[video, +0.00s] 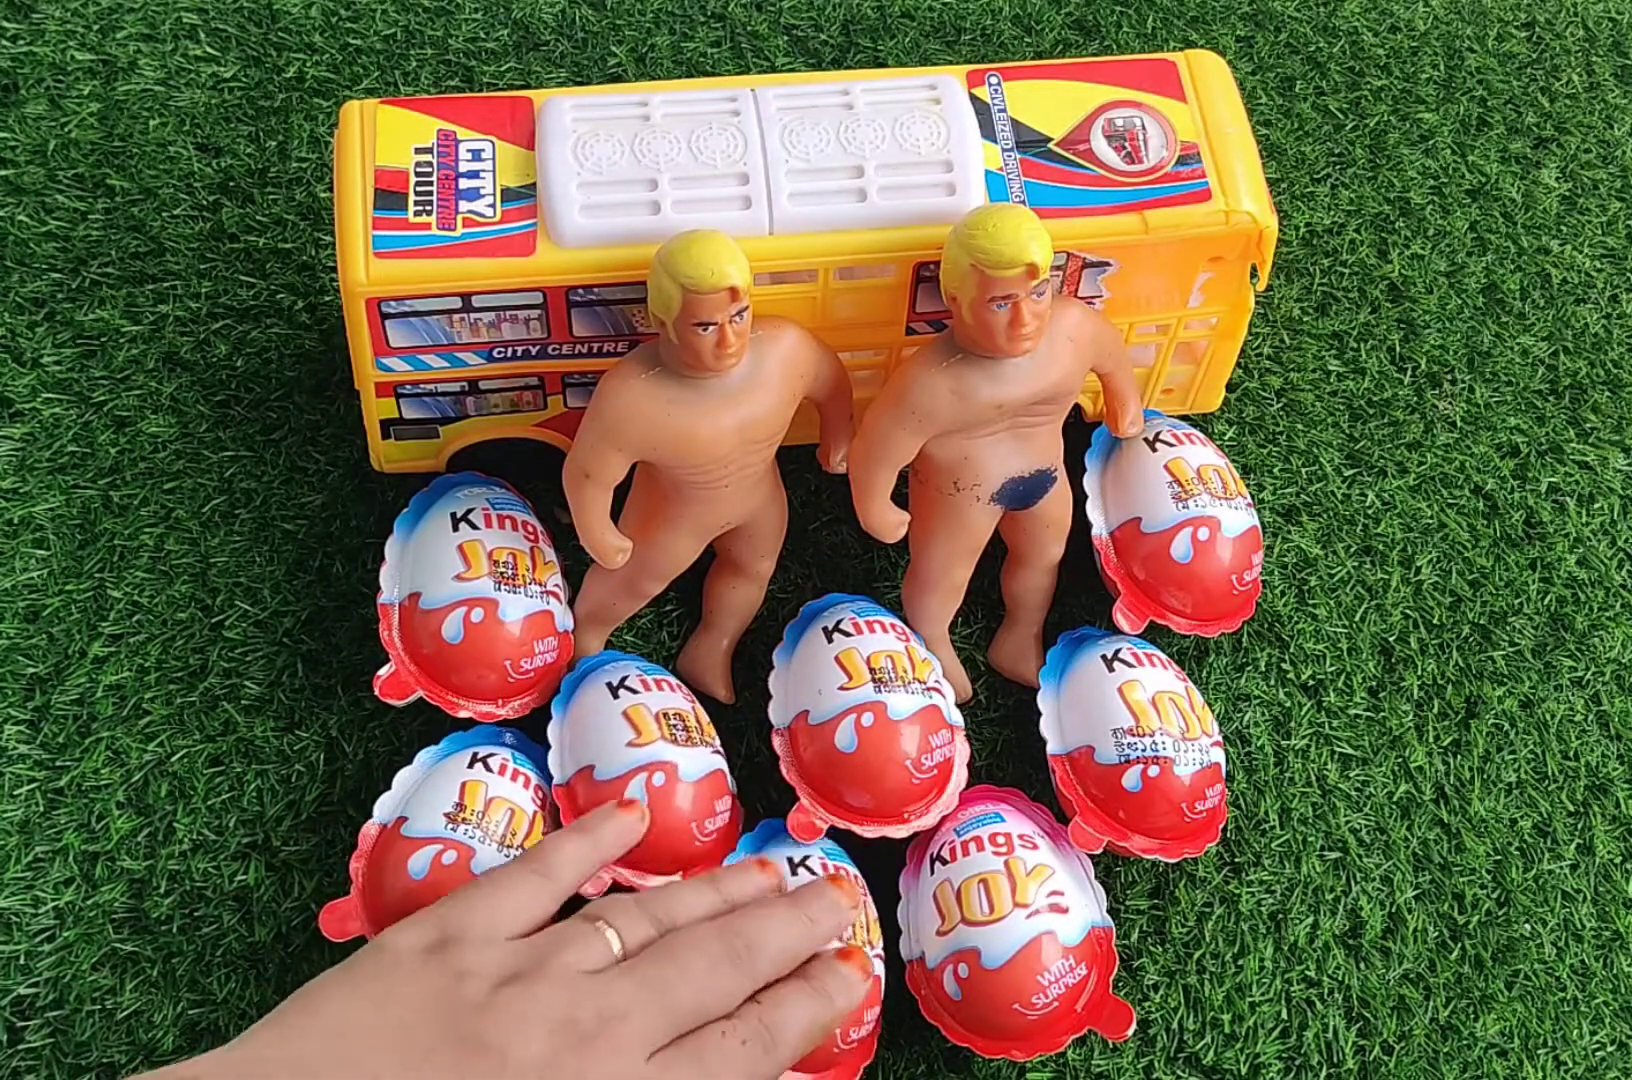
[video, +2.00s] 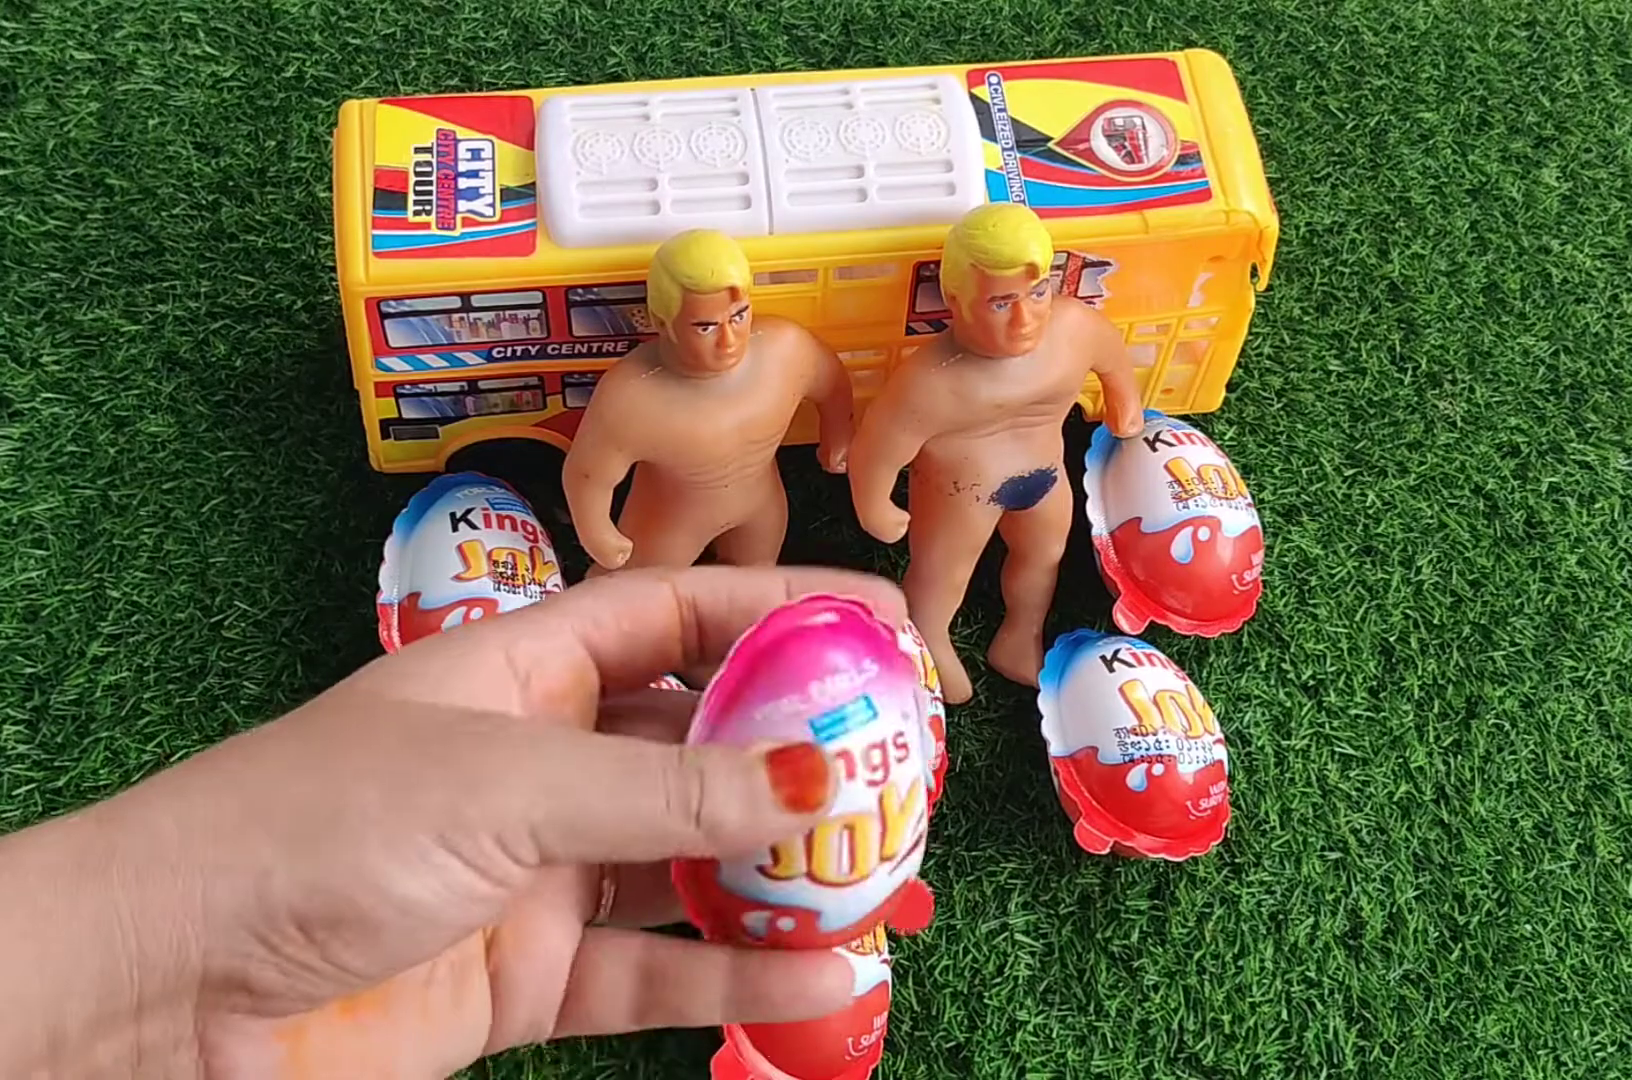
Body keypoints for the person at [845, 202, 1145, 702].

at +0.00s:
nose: (1023, 317)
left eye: (1036, 294)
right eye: (999, 302)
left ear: (1051, 284)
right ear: (953, 304)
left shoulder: (1078, 326)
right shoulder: (928, 383)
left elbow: (1113, 358)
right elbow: (873, 452)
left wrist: (1126, 403)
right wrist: (877, 514)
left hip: (1045, 478)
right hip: (959, 493)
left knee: (1041, 561)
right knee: (941, 579)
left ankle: (1020, 642)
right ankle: (933, 646)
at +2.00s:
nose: (1023, 316)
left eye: (1036, 294)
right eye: (999, 302)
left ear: (1050, 284)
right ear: (953, 304)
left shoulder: (1079, 327)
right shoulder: (927, 382)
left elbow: (1113, 360)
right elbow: (874, 453)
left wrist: (1126, 408)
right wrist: (877, 514)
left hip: (1045, 475)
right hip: (959, 489)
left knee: (1041, 559)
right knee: (942, 575)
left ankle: (1021, 641)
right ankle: (930, 641)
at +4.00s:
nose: (1025, 318)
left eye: (1037, 294)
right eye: (1000, 303)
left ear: (1052, 284)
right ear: (952, 303)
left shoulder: (1079, 327)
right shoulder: (927, 382)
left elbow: (1116, 364)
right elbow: (870, 466)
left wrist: (1127, 412)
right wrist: (886, 548)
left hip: (1044, 477)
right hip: (959, 489)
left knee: (1040, 563)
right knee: (947, 571)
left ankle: (1023, 645)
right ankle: (936, 649)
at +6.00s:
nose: (1024, 317)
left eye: (1036, 295)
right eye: (1000, 303)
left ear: (1050, 283)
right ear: (953, 302)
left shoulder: (1077, 327)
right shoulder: (926, 383)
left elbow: (1114, 360)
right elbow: (874, 452)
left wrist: (1126, 409)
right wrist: (876, 512)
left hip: (1045, 477)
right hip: (959, 492)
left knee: (1041, 561)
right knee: (943, 580)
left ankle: (1020, 643)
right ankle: (931, 650)